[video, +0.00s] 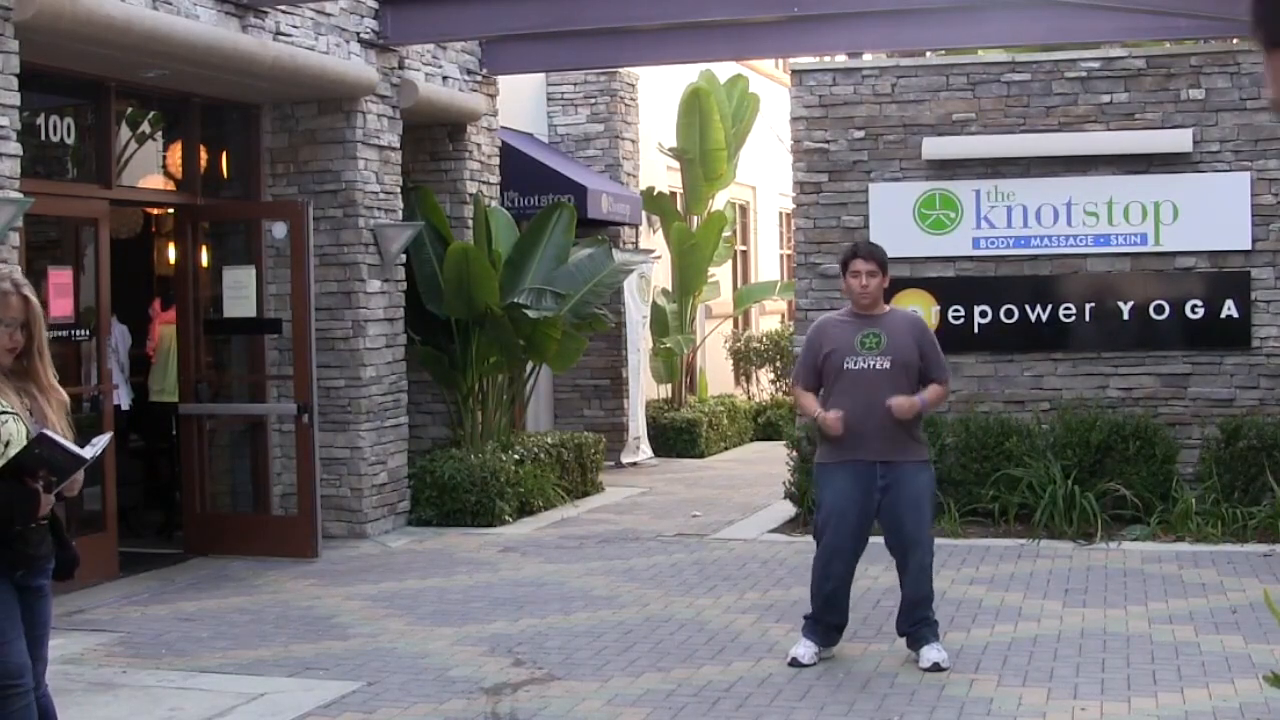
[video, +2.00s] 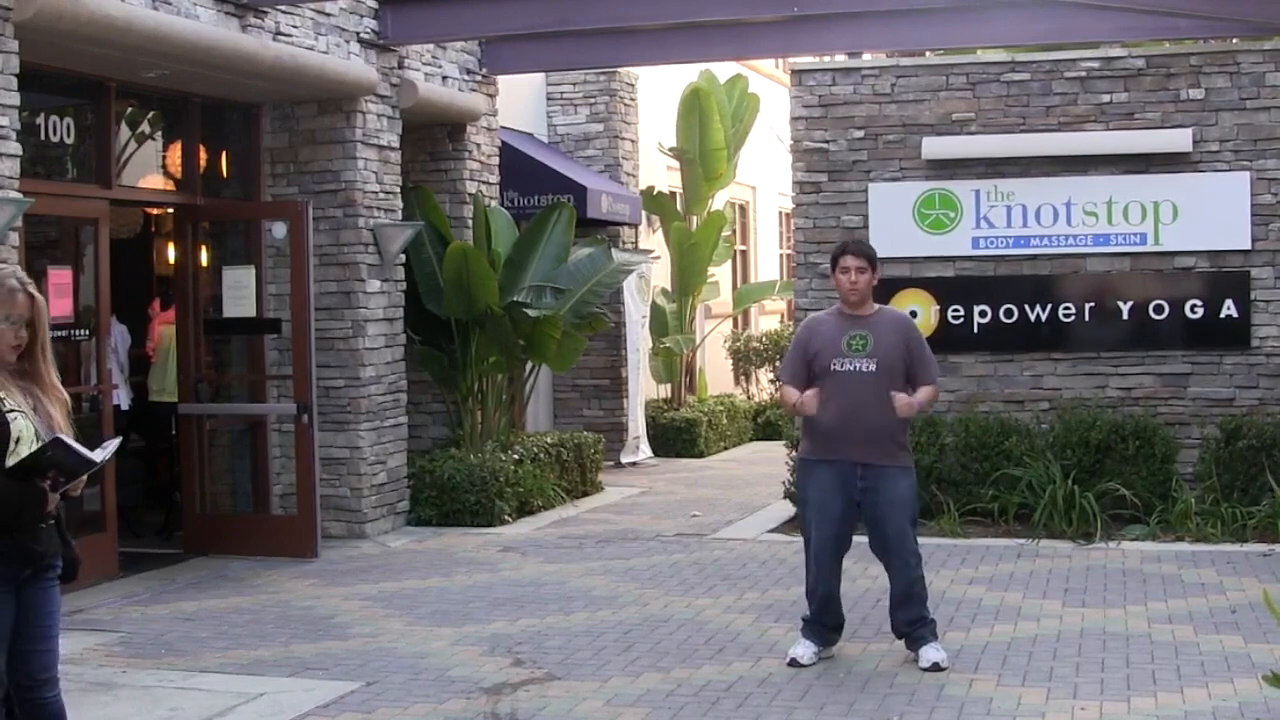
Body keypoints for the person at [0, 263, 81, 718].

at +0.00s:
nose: (12, 337)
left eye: (20, 326)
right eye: (4, 325)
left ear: (32, 329)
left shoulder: (46, 392)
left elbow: (66, 472)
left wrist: (70, 484)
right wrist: (30, 501)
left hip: (37, 553)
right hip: (3, 553)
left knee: (36, 682)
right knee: (17, 685)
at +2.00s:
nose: (18, 334)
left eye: (25, 324)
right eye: (8, 322)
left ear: (34, 328)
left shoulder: (43, 389)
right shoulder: (5, 389)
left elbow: (63, 464)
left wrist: (69, 482)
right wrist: (33, 493)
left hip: (41, 557)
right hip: (3, 556)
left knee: (39, 689)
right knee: (7, 690)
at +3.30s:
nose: (12, 337)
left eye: (21, 327)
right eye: (4, 324)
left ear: (32, 331)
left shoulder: (42, 395)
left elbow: (62, 470)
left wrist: (69, 487)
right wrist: (26, 502)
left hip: (36, 563)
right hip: (2, 563)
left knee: (37, 693)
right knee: (10, 694)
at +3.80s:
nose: (14, 337)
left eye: (23, 327)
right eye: (6, 325)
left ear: (33, 332)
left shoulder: (44, 395)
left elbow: (64, 472)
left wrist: (69, 487)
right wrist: (26, 501)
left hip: (37, 562)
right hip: (4, 562)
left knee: (36, 692)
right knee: (13, 693)